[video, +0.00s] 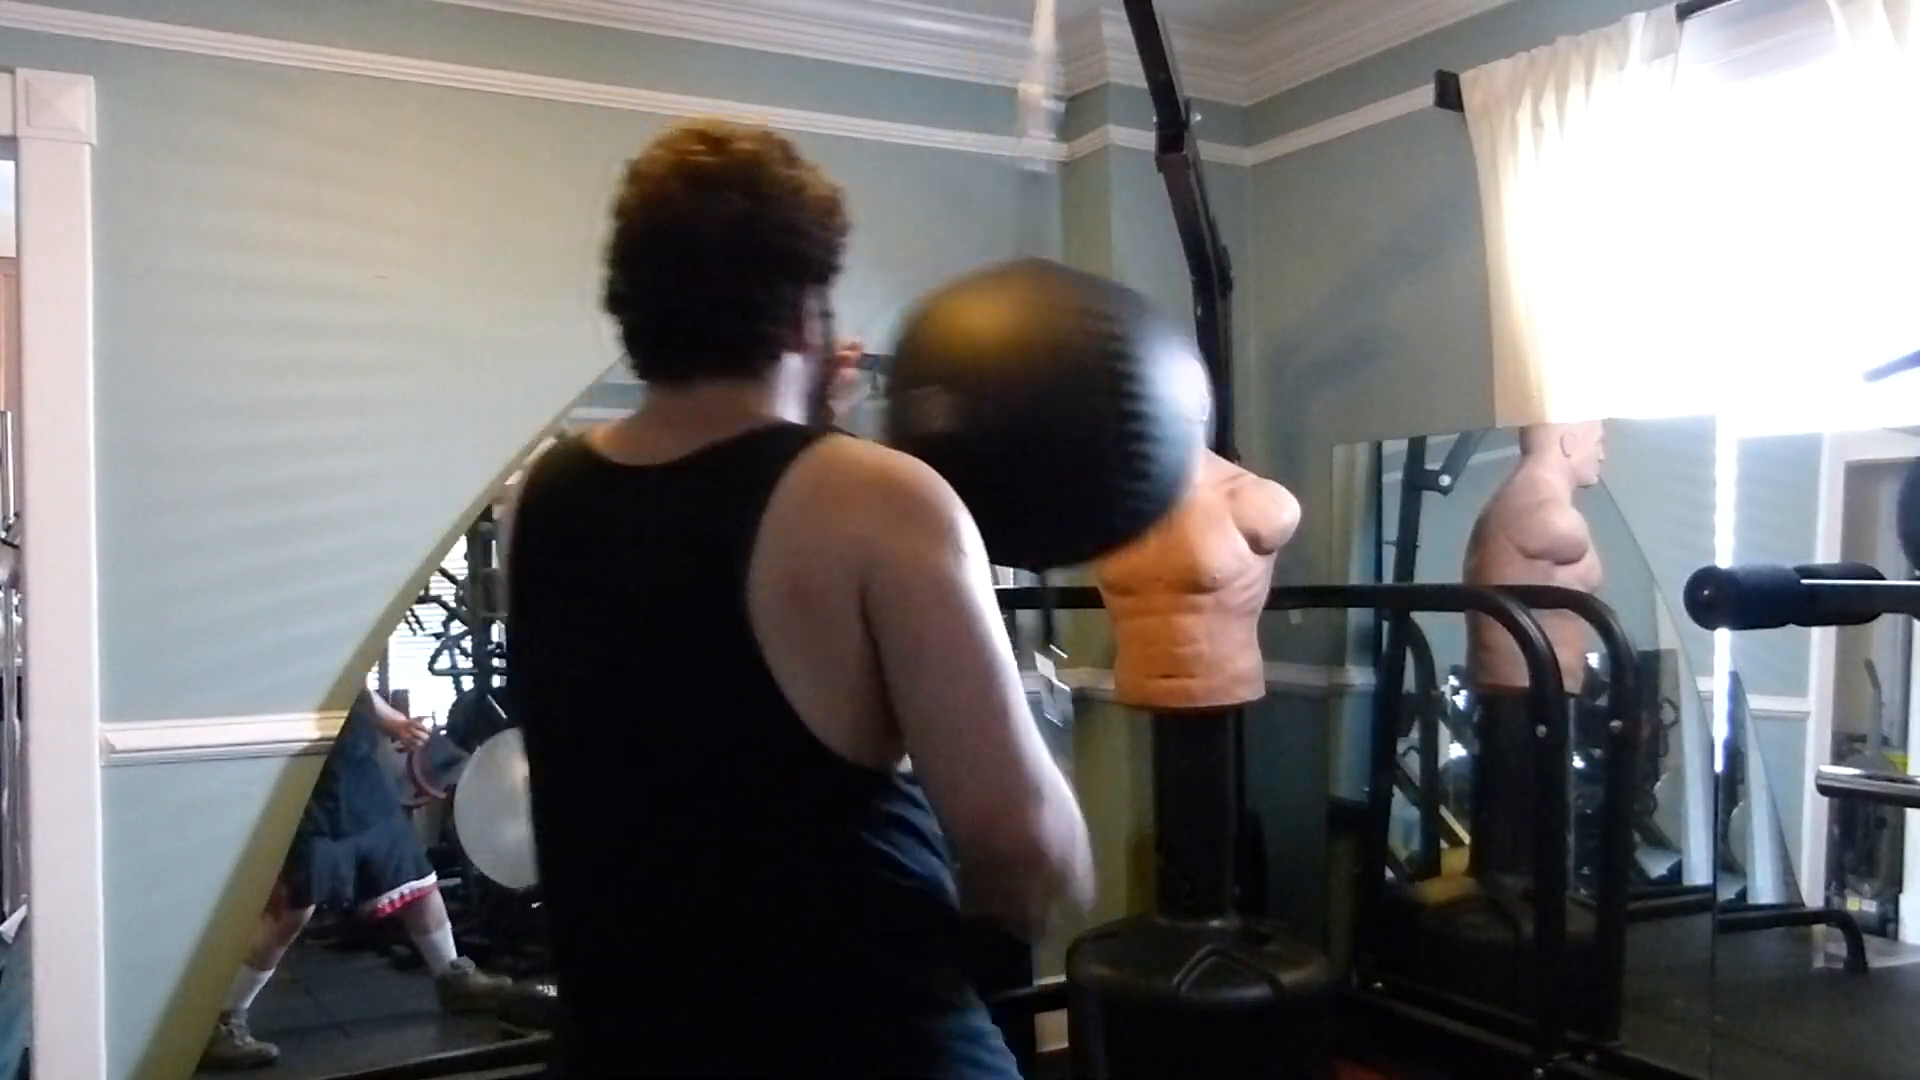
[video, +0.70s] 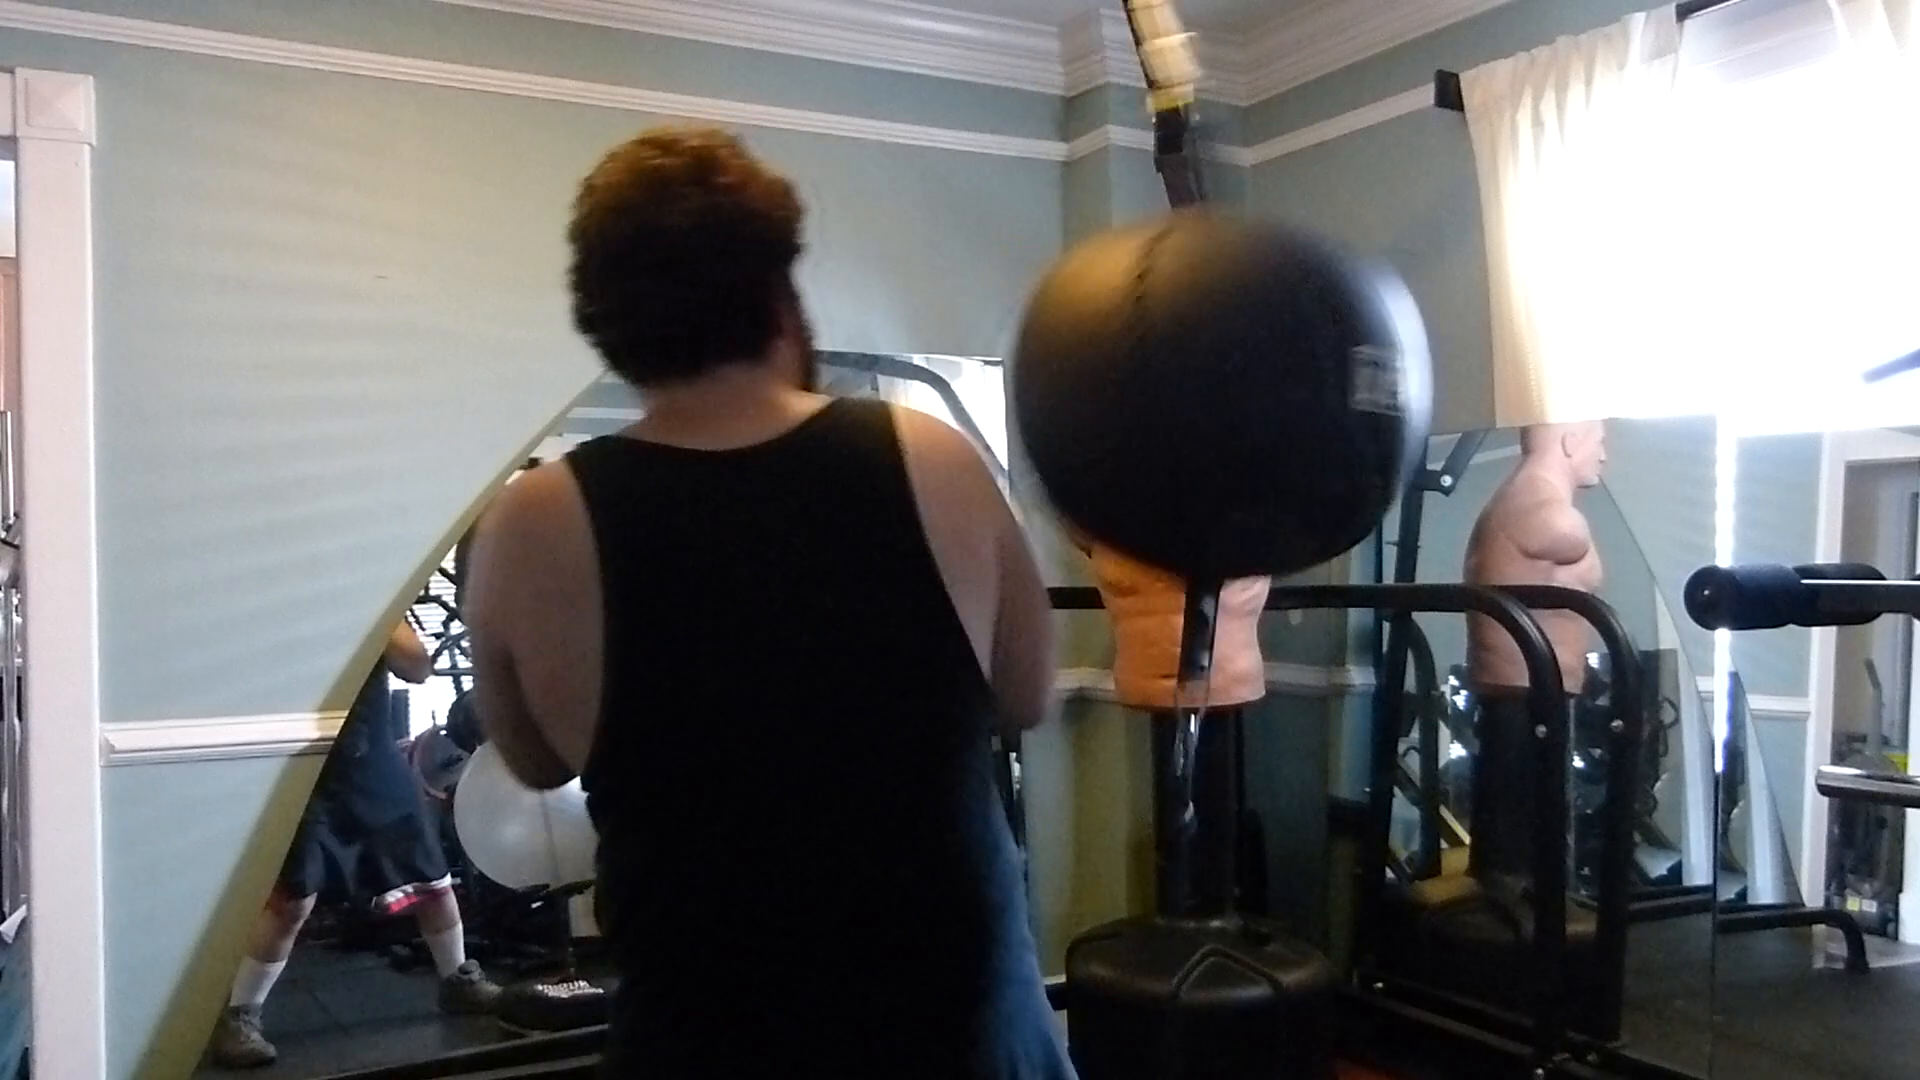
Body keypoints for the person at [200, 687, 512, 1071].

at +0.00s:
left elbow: (345, 671)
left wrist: (386, 717)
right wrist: (382, 715)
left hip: (359, 768)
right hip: (302, 779)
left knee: (416, 878)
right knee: (292, 906)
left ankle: (454, 976)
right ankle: (227, 1021)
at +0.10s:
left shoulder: (372, 642)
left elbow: (378, 715)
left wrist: (434, 727)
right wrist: (438, 726)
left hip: (386, 784)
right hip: (329, 791)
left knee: (442, 880)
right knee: (298, 911)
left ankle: (458, 981)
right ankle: (225, 1023)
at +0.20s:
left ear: (391, 584)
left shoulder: (401, 633)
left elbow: (459, 681)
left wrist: (507, 644)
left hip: (401, 790)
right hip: (334, 796)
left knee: (457, 877)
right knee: (314, 906)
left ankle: (464, 980)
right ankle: (230, 1016)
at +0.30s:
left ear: (404, 571)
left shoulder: (412, 620)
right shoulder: (326, 622)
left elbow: (462, 679)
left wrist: (472, 619)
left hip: (415, 773)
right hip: (337, 777)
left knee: (465, 883)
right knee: (320, 897)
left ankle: (463, 980)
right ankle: (242, 1009)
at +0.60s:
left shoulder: (390, 605)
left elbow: (431, 682)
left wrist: (397, 621)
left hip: (395, 769)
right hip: (315, 778)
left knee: (445, 883)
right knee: (297, 901)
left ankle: (461, 979)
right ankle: (242, 1016)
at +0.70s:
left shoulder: (371, 589)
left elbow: (418, 667)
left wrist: (371, 608)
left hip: (377, 764)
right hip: (303, 777)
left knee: (433, 881)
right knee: (292, 898)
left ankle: (459, 980)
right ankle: (242, 1016)